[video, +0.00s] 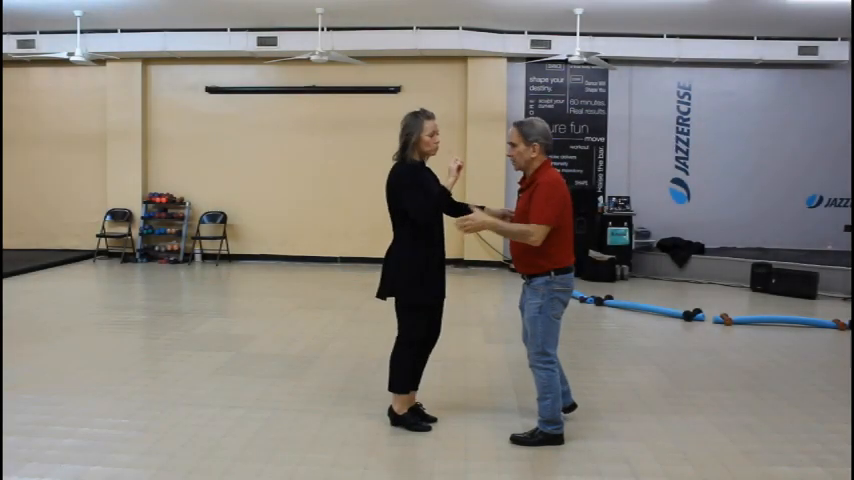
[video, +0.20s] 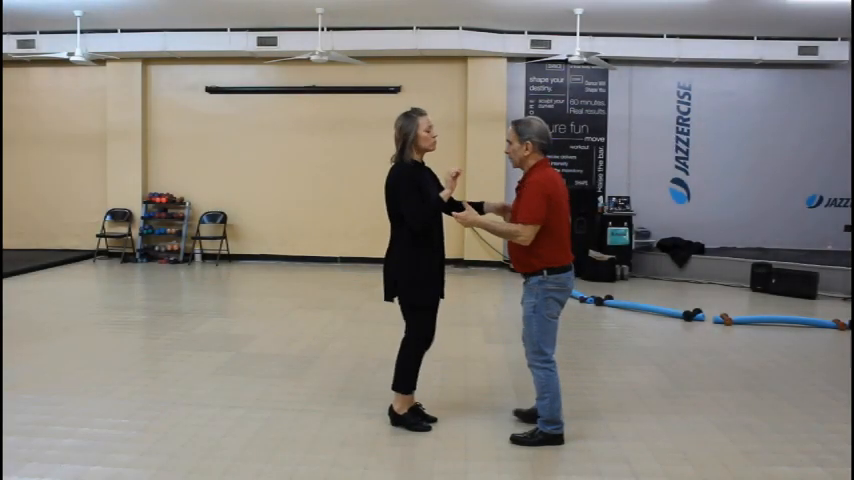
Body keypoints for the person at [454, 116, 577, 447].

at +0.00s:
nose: (508, 152)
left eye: (513, 146)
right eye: (509, 145)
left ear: (534, 149)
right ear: (531, 149)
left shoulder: (550, 183)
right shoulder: (534, 180)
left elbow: (535, 236)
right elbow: (523, 219)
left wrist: (488, 224)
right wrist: (492, 213)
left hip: (550, 281)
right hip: (537, 278)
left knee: (541, 354)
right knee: (535, 345)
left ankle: (550, 428)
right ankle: (562, 398)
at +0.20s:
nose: (506, 149)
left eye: (510, 143)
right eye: (507, 142)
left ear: (528, 147)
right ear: (530, 147)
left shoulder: (540, 181)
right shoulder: (538, 176)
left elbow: (524, 235)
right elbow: (522, 213)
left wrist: (478, 222)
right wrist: (491, 208)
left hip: (547, 279)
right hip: (545, 276)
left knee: (540, 355)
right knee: (536, 350)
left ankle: (551, 428)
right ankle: (546, 409)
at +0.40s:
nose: (508, 147)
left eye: (512, 142)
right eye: (510, 141)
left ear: (529, 147)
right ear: (533, 147)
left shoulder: (540, 181)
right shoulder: (541, 177)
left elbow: (528, 233)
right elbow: (535, 226)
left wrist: (483, 218)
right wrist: (510, 216)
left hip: (543, 279)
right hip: (542, 276)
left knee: (540, 355)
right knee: (537, 352)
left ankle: (550, 427)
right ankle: (540, 413)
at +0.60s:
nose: (511, 148)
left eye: (514, 143)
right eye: (511, 143)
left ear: (532, 147)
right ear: (534, 147)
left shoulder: (543, 179)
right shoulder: (534, 176)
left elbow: (535, 229)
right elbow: (526, 217)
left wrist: (494, 209)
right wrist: (501, 205)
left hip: (542, 277)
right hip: (535, 275)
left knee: (539, 355)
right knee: (536, 352)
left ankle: (550, 427)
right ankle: (538, 412)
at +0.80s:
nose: (511, 151)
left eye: (515, 145)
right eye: (511, 145)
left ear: (532, 147)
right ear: (533, 147)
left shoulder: (546, 179)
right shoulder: (534, 176)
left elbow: (537, 227)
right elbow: (530, 219)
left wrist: (501, 202)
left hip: (544, 276)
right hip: (533, 275)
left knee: (539, 352)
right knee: (535, 350)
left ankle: (548, 424)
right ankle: (538, 412)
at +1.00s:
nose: (513, 151)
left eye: (517, 145)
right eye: (513, 146)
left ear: (535, 148)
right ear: (535, 148)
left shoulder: (548, 179)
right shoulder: (535, 177)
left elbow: (540, 226)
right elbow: (533, 217)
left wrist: (505, 202)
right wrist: (506, 214)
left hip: (546, 277)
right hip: (535, 276)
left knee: (541, 353)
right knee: (537, 351)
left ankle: (548, 424)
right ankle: (538, 412)